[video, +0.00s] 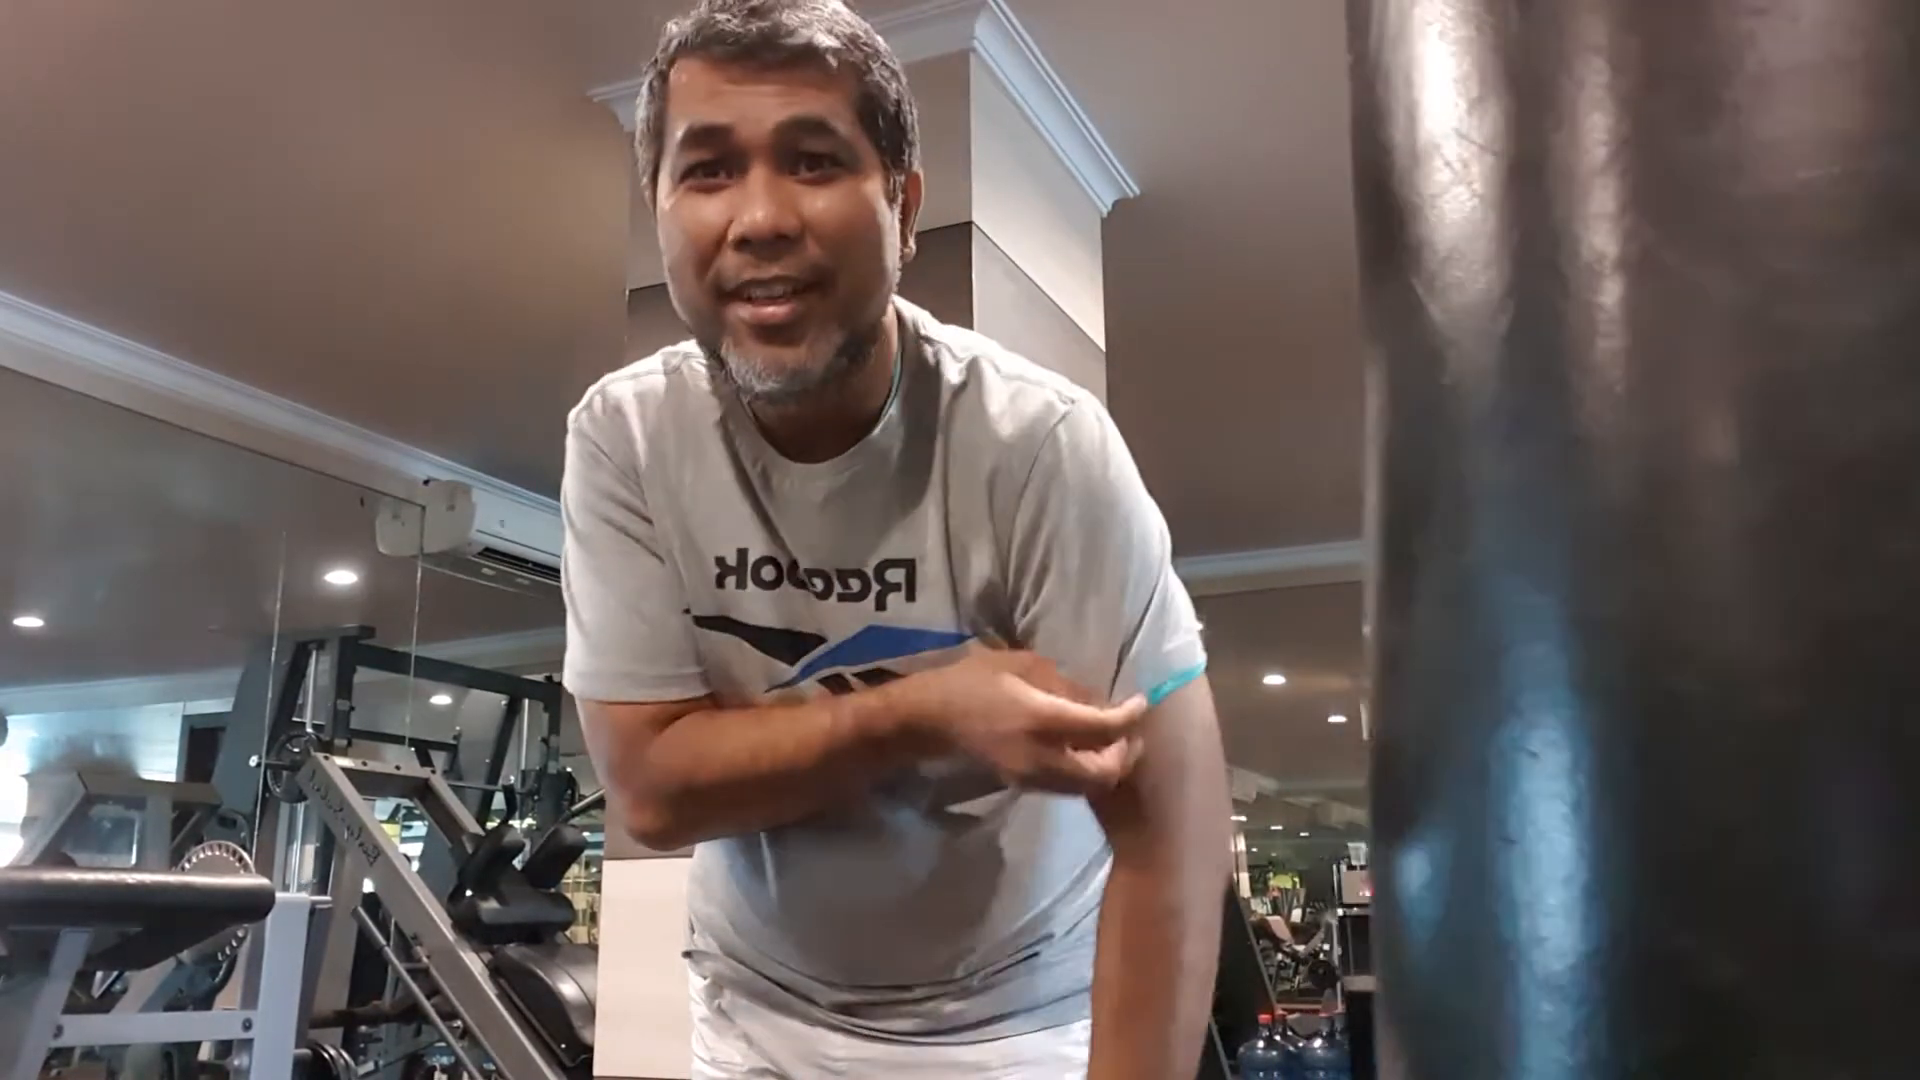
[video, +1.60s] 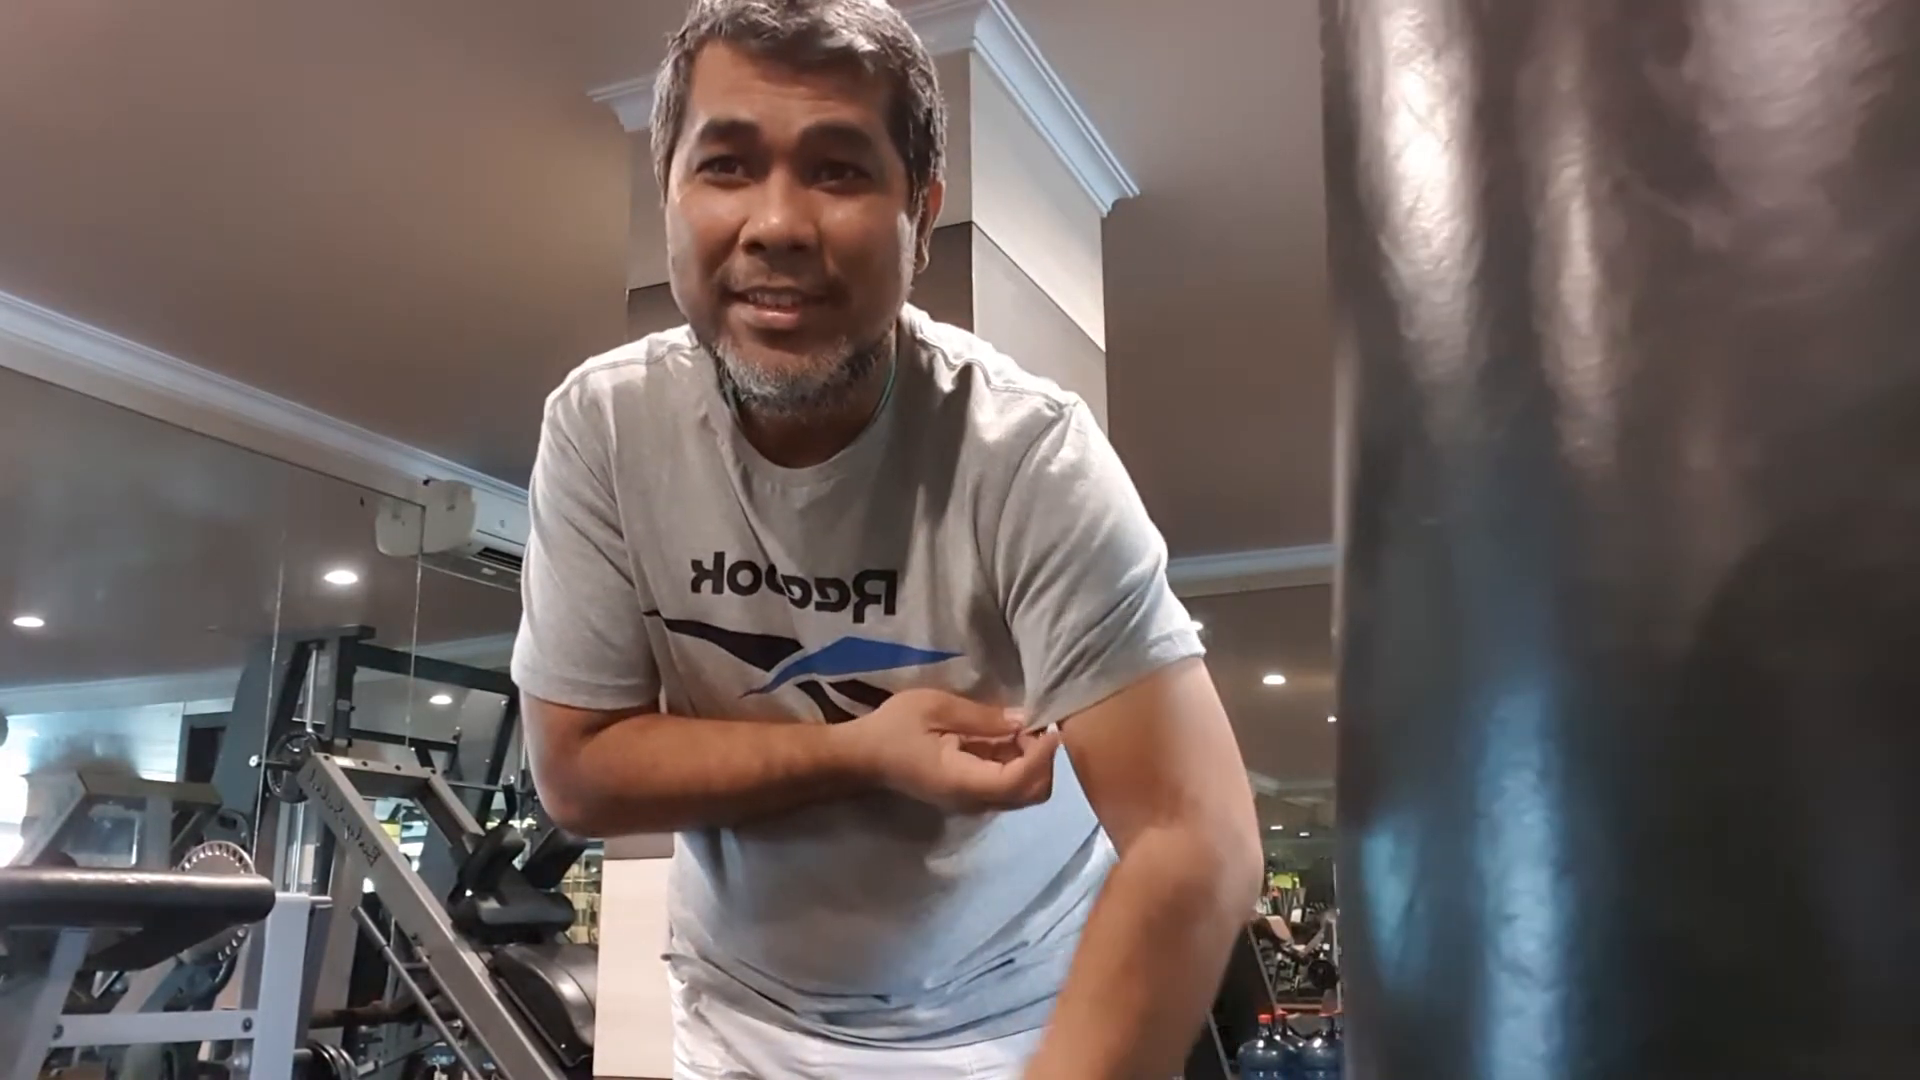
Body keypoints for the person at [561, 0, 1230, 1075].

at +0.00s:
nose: (758, 218)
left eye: (814, 163)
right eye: (707, 168)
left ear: (904, 208)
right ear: (659, 216)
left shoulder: (1043, 447)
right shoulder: (627, 435)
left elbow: (1173, 838)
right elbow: (652, 790)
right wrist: (923, 713)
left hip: (1018, 1024)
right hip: (756, 1014)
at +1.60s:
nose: (778, 225)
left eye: (839, 170)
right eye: (729, 165)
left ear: (921, 208)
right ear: (665, 197)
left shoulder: (1026, 453)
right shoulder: (604, 427)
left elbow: (1199, 844)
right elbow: (579, 776)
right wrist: (859, 751)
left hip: (1010, 1027)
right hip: (742, 1017)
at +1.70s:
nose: (774, 220)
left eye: (835, 165)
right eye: (725, 162)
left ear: (920, 206)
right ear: (662, 195)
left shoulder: (1023, 447)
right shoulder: (604, 423)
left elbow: (1194, 832)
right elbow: (577, 774)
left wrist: (956, 1066)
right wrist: (853, 752)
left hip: (1021, 1013)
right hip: (744, 1019)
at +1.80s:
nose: (767, 216)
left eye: (829, 162)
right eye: (719, 157)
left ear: (917, 204)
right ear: (659, 189)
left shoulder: (1020, 441)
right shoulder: (602, 420)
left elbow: (1184, 824)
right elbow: (578, 769)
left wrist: (876, 994)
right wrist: (852, 742)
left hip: (1024, 1013)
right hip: (744, 1009)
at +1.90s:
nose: (759, 208)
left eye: (822, 158)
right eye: (712, 150)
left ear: (911, 202)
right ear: (653, 182)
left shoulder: (1018, 436)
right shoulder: (602, 414)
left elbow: (1180, 818)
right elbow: (578, 764)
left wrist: (859, 886)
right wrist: (846, 733)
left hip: (1025, 1005)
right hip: (735, 995)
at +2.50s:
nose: (796, 165)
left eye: (863, 112)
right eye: (753, 103)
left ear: (957, 161)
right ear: (698, 133)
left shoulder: (1069, 409)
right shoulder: (643, 388)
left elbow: (1245, 803)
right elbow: (624, 742)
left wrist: (990, 1004)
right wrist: (892, 719)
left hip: (1075, 1015)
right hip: (785, 1017)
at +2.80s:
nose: (871, 123)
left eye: (945, 69)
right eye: (824, 57)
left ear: (1035, 130)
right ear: (762, 95)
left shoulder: (1146, 404)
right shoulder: (692, 356)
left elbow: (1209, 877)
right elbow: (664, 716)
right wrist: (936, 740)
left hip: (1082, 1020)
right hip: (824, 1007)